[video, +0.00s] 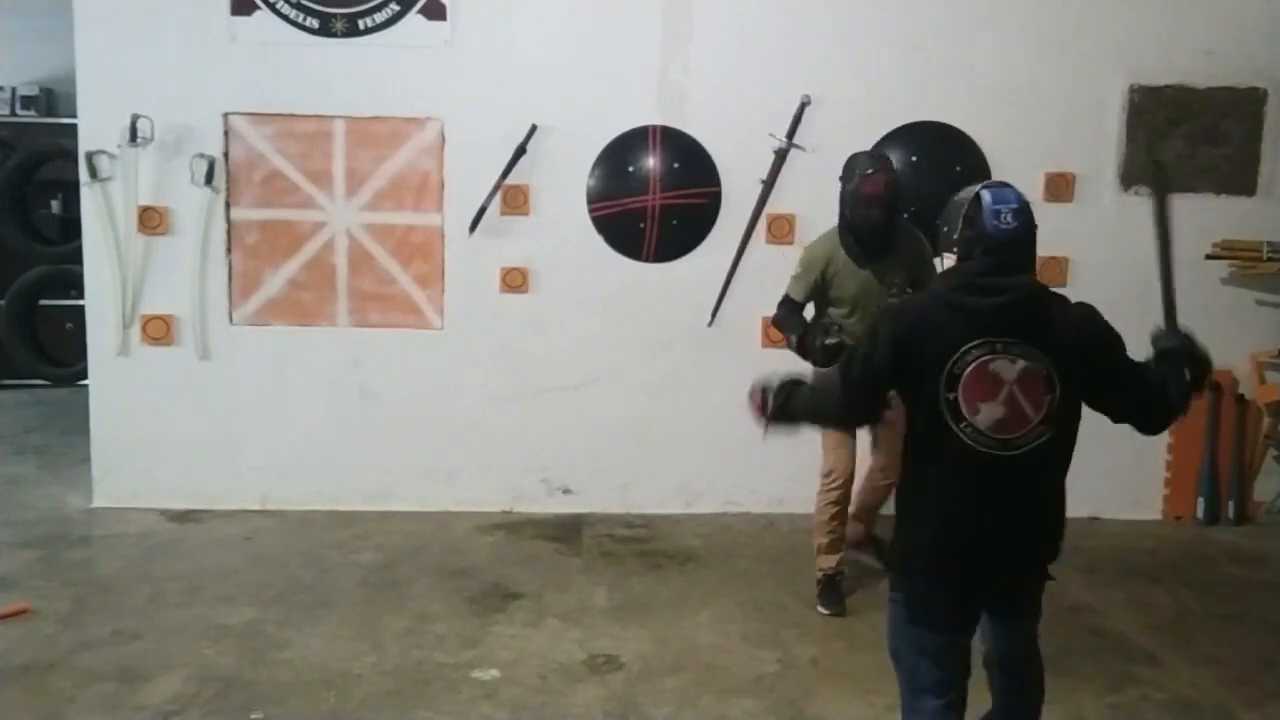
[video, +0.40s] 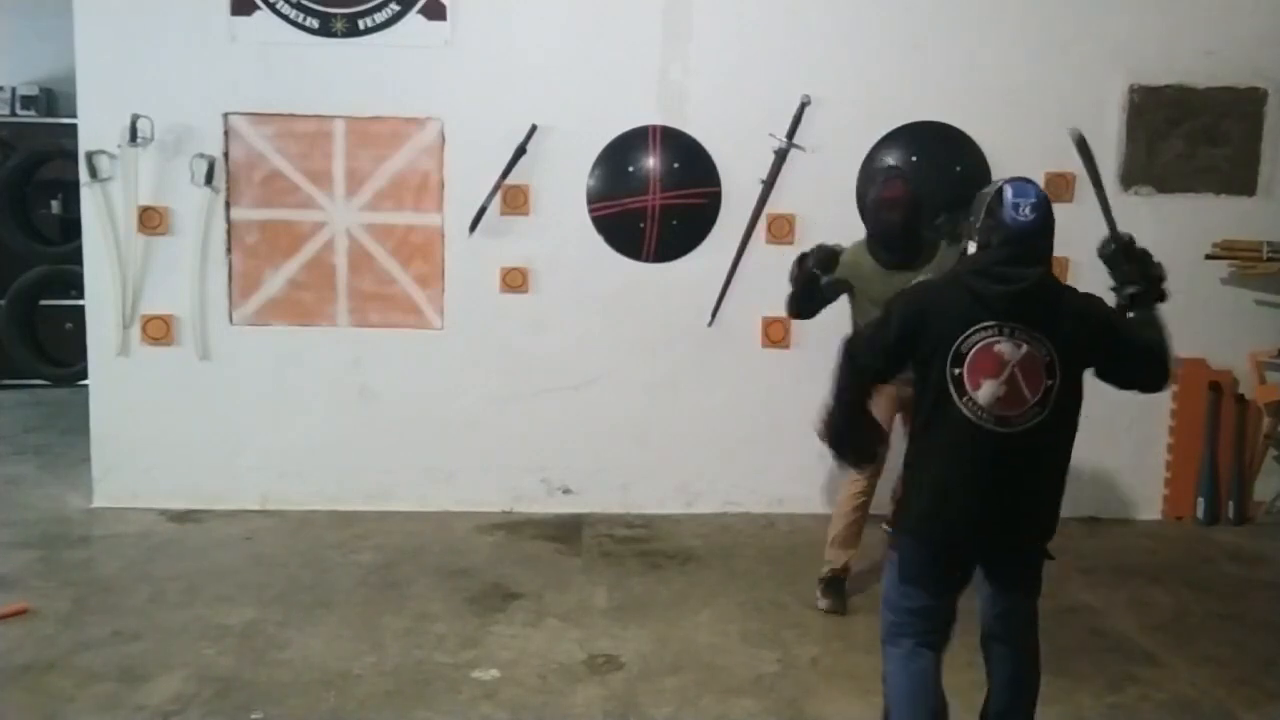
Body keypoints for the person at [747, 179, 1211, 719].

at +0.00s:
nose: (942, 247)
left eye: (948, 237)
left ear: (958, 243)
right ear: (1030, 243)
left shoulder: (914, 320)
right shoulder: (1072, 324)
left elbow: (848, 400)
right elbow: (1148, 408)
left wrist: (787, 398)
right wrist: (1178, 361)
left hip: (933, 545)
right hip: (1025, 541)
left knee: (930, 690)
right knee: (1016, 669)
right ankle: (1014, 714)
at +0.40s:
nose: (970, 235)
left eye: (977, 227)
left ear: (980, 234)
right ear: (1047, 239)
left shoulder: (933, 301)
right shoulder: (1078, 313)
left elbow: (860, 357)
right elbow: (1150, 372)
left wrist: (856, 439)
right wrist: (1139, 299)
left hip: (937, 509)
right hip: (1024, 514)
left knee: (911, 639)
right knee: (1012, 640)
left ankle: (914, 714)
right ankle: (1009, 712)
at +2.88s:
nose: (906, 253)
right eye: (902, 246)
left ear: (848, 245)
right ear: (896, 249)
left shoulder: (811, 302)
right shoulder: (918, 295)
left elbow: (762, 374)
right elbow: (970, 288)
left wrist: (805, 345)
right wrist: (998, 251)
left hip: (821, 469)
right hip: (891, 471)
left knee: (788, 545)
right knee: (934, 570)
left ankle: (713, 642)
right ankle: (961, 677)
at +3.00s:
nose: (852, 240)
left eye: (848, 230)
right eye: (847, 231)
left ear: (795, 230)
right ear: (835, 234)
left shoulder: (774, 277)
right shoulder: (846, 287)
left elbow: (823, 290)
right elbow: (929, 297)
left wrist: (850, 265)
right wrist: (1003, 264)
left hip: (776, 459)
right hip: (839, 462)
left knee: (753, 552)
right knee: (889, 566)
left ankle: (707, 659)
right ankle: (934, 664)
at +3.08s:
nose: (825, 232)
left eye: (824, 222)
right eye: (820, 222)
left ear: (780, 220)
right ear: (805, 223)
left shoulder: (760, 264)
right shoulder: (800, 276)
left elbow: (816, 312)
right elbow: (850, 332)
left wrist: (871, 277)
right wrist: (938, 308)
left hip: (753, 445)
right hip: (805, 449)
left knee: (742, 548)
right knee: (850, 545)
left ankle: (706, 658)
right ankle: (849, 657)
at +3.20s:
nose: (780, 227)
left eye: (785, 217)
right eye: (770, 215)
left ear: (789, 220)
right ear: (744, 215)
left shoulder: (766, 266)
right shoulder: (733, 267)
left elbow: (817, 296)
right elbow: (730, 355)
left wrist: (874, 260)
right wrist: (797, 370)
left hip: (758, 433)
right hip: (733, 435)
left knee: (747, 549)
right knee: (743, 551)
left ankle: (708, 657)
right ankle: (678, 632)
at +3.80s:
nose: (630, 233)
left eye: (639, 223)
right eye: (619, 222)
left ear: (650, 226)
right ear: (590, 222)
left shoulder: (656, 275)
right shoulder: (554, 272)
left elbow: (712, 269)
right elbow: (491, 291)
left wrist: (745, 234)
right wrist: (513, 223)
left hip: (642, 443)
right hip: (567, 449)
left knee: (684, 543)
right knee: (543, 554)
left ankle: (709, 662)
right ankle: (520, 665)